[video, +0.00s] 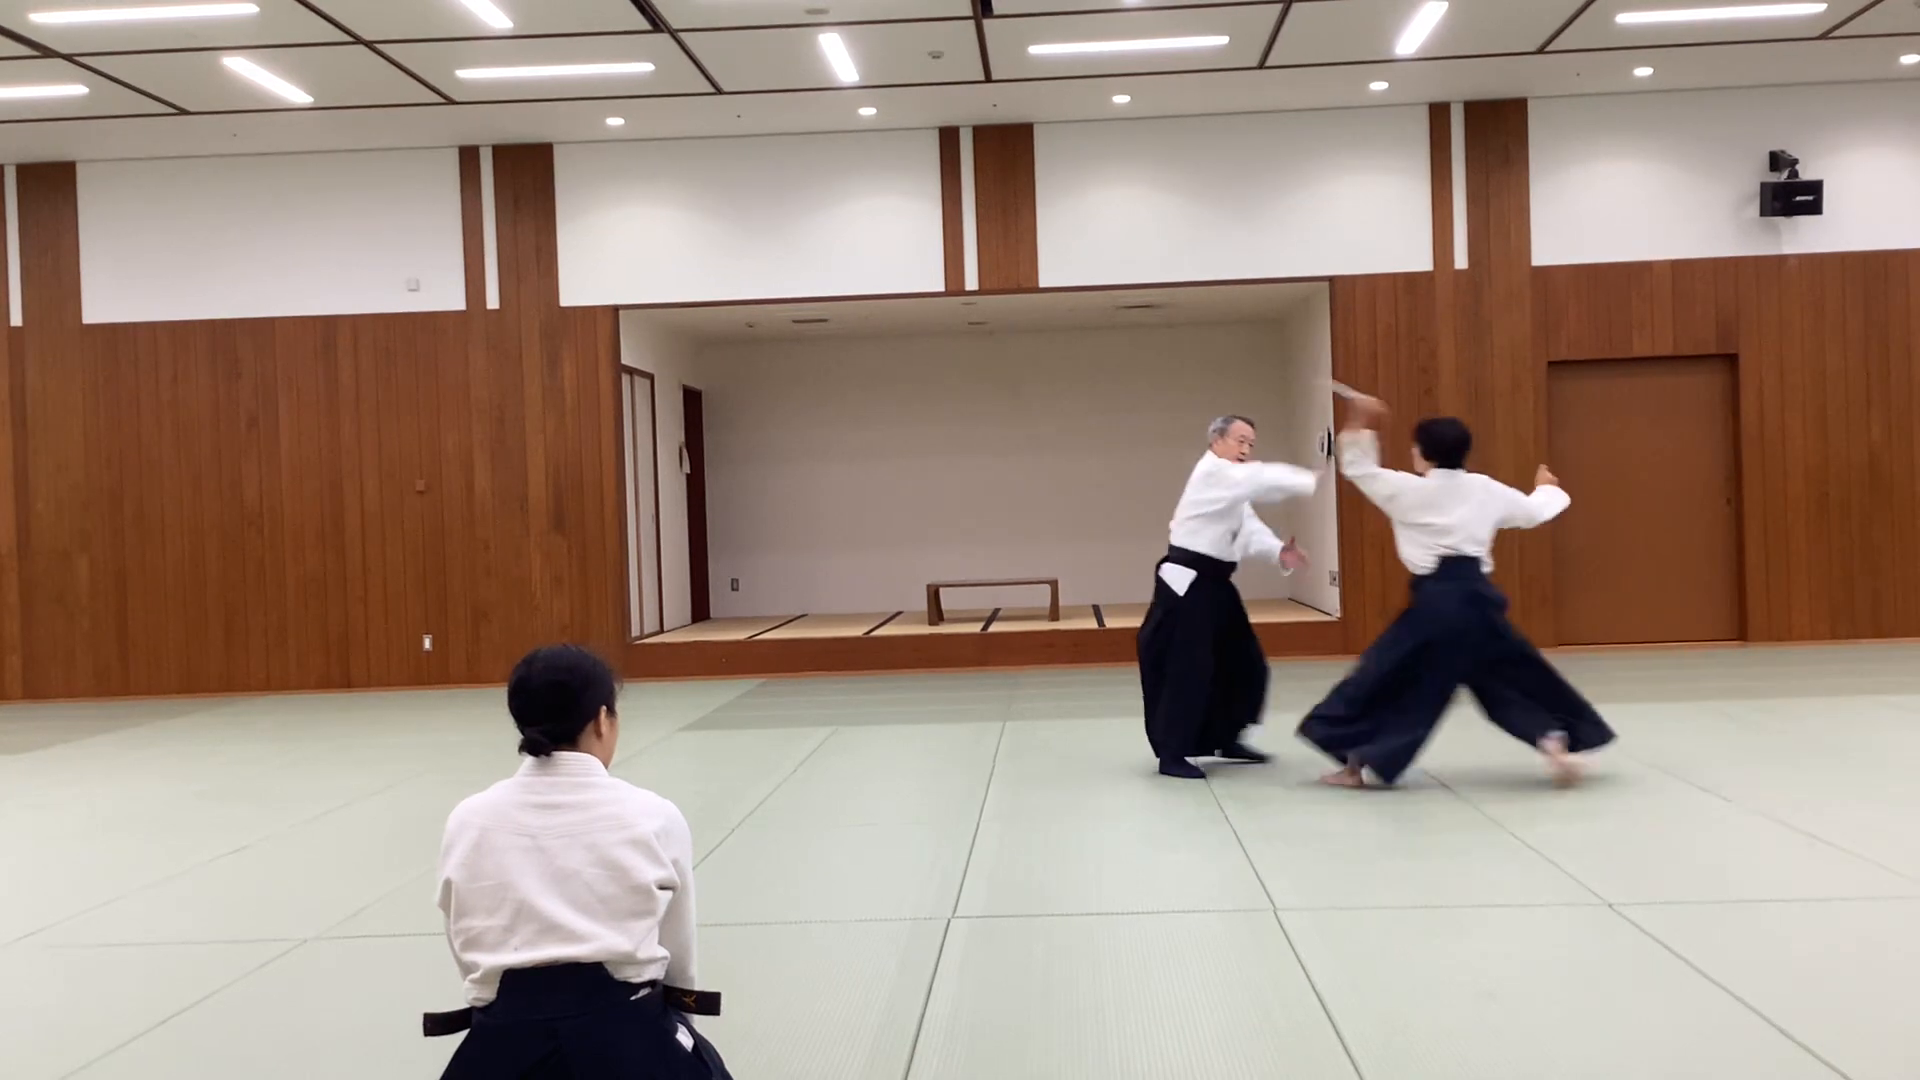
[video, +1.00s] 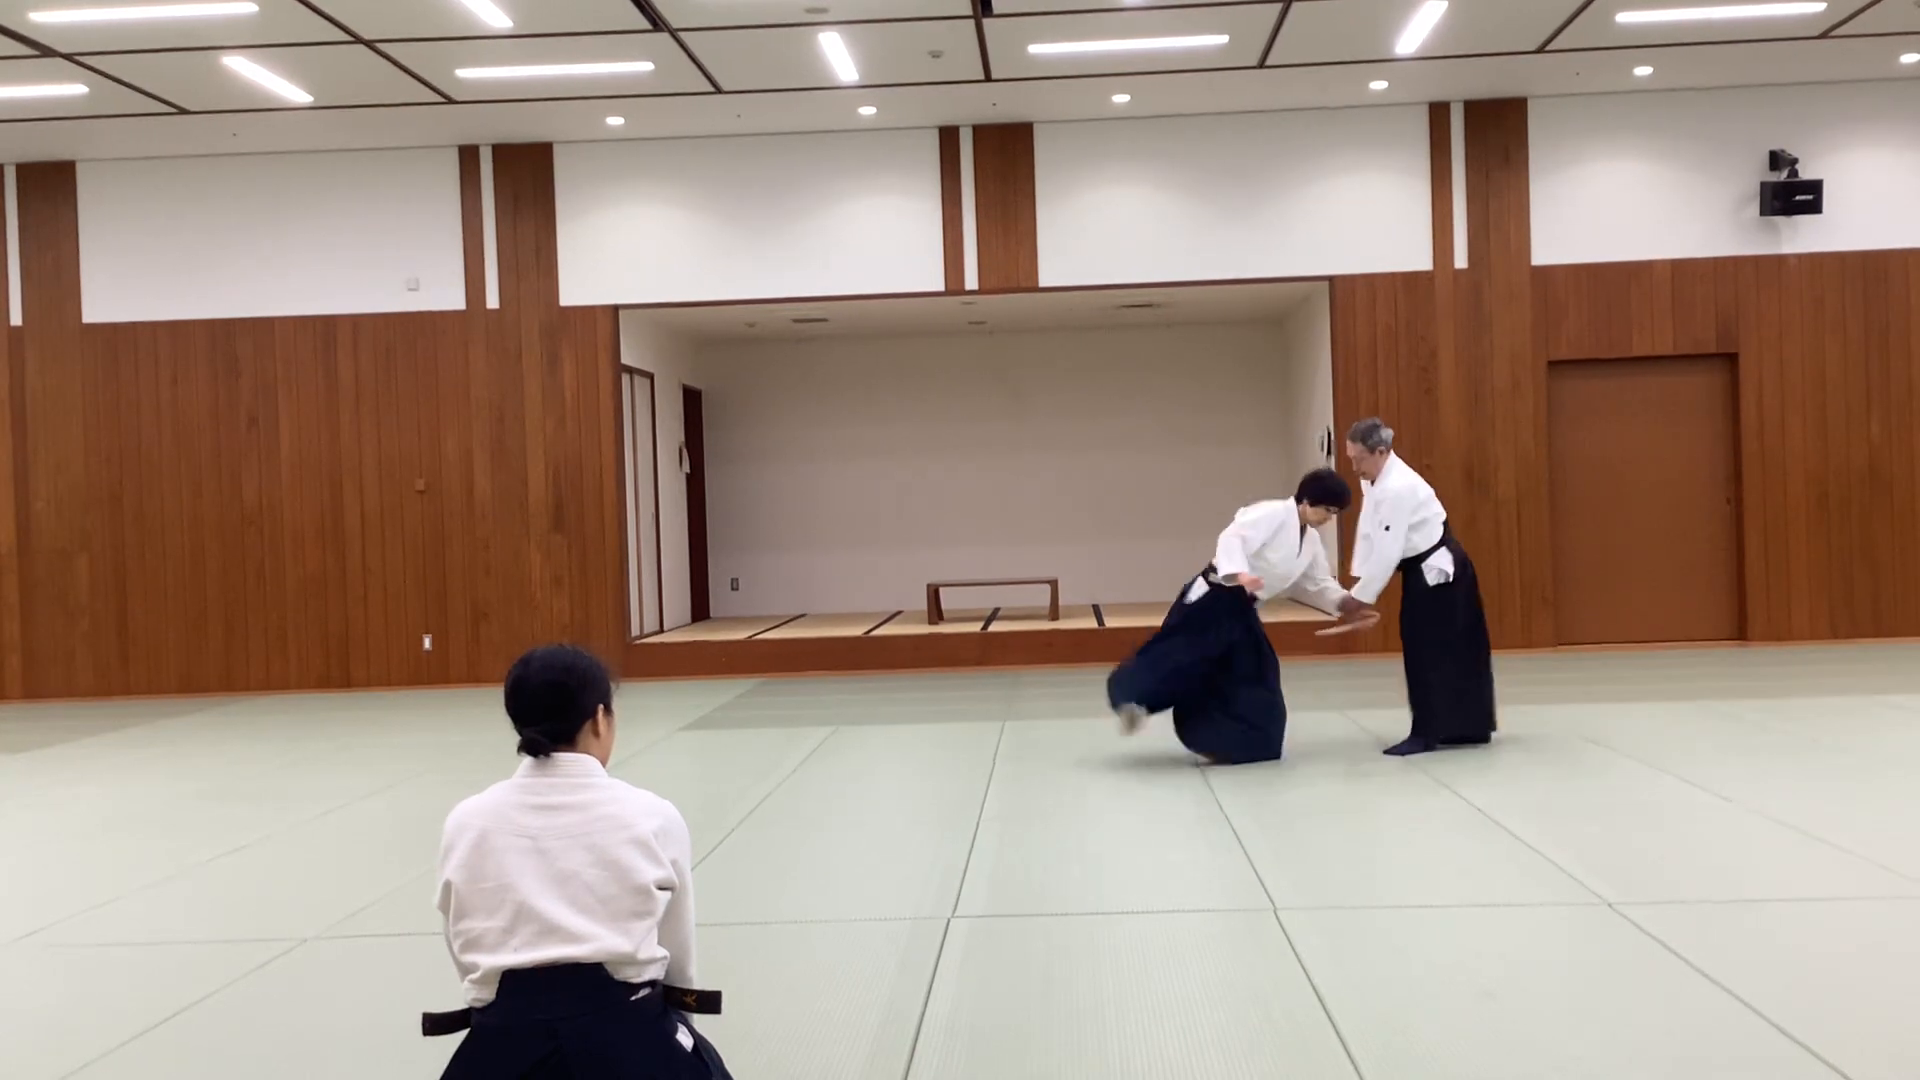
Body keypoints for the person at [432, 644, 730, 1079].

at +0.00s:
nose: (615, 726)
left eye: (615, 713)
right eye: (615, 714)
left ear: (524, 723)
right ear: (601, 722)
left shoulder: (467, 821)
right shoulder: (654, 817)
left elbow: (467, 956)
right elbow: (679, 966)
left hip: (503, 1047)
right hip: (628, 1044)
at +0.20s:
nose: (614, 726)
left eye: (614, 712)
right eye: (614, 714)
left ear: (523, 723)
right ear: (601, 721)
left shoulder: (467, 821)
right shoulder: (653, 817)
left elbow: (466, 956)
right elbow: (679, 966)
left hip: (503, 1048)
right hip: (628, 1044)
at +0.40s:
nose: (613, 726)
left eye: (613, 712)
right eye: (613, 713)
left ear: (522, 724)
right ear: (600, 721)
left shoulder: (467, 821)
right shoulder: (653, 817)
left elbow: (465, 955)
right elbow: (679, 966)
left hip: (504, 1047)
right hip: (627, 1043)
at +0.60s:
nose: (613, 726)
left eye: (613, 712)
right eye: (613, 714)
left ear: (521, 723)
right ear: (599, 721)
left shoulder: (466, 822)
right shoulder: (653, 817)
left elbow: (465, 957)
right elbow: (678, 966)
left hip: (503, 1049)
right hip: (628, 1045)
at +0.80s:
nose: (613, 726)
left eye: (612, 712)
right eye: (612, 714)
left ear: (522, 724)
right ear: (599, 720)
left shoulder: (466, 821)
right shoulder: (653, 817)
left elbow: (465, 957)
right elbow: (678, 965)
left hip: (503, 1048)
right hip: (628, 1044)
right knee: (696, 1047)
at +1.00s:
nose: (612, 726)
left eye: (612, 713)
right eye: (612, 714)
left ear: (521, 724)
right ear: (599, 721)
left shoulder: (466, 822)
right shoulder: (653, 817)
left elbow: (465, 957)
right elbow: (679, 966)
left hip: (503, 1048)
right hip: (629, 1044)